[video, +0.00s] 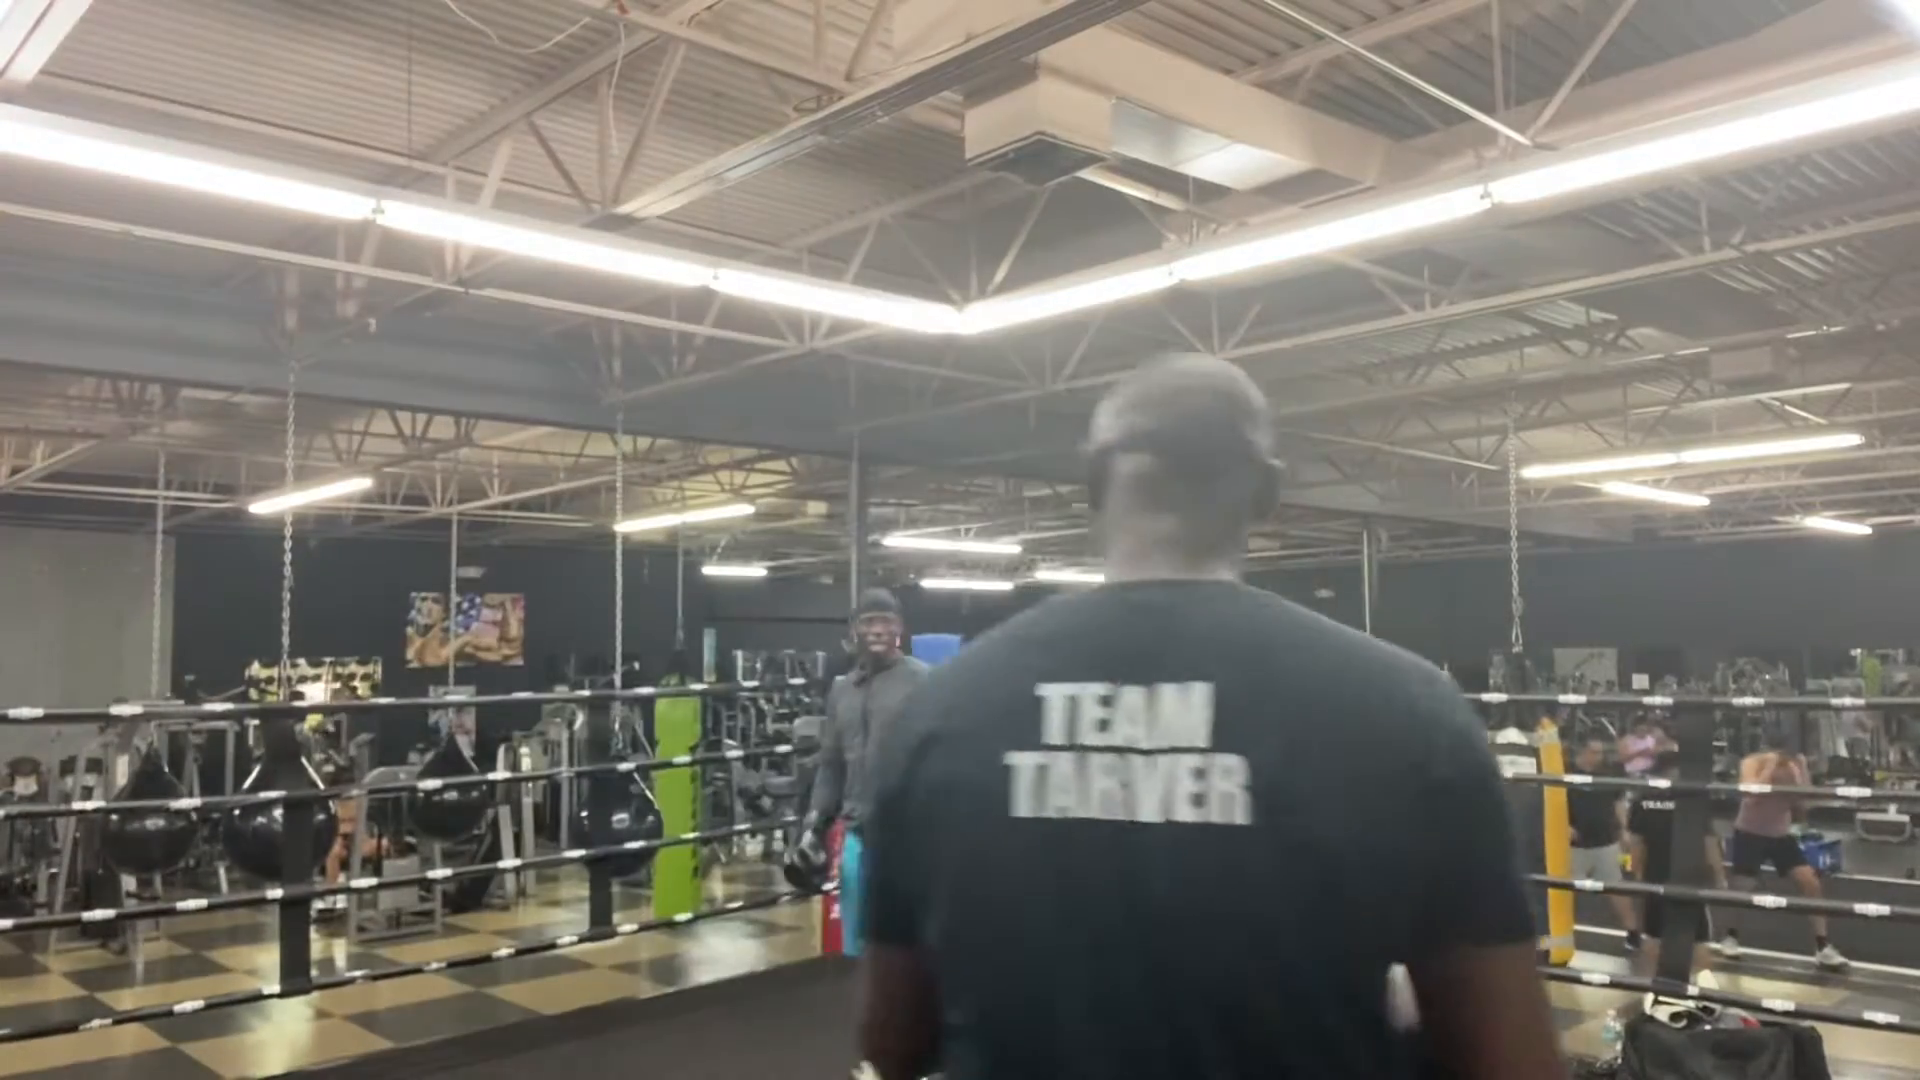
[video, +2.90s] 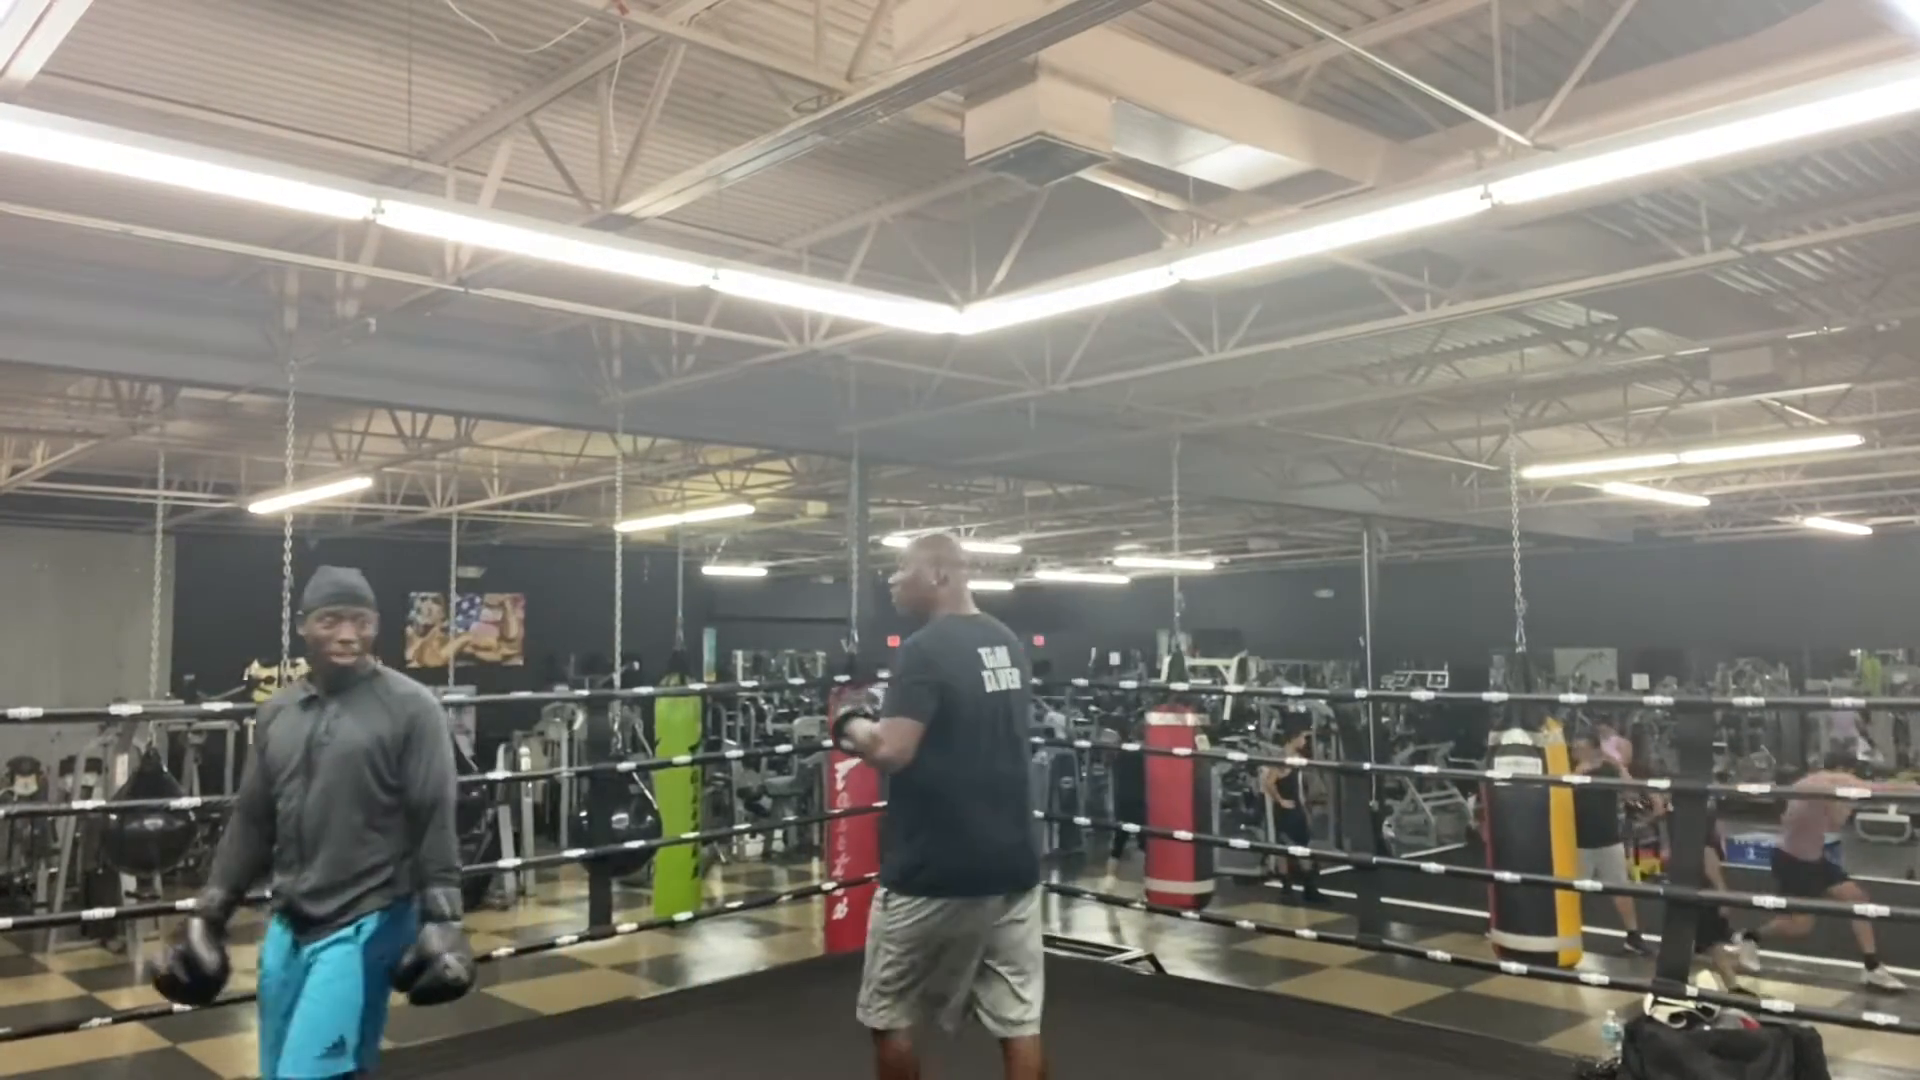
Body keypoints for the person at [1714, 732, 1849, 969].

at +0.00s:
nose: (1783, 751)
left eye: (1788, 746)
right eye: (1778, 746)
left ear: (1793, 746)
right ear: (1769, 744)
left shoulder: (1797, 764)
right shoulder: (1752, 763)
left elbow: (1804, 803)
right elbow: (1750, 792)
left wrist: (1792, 779)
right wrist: (1770, 768)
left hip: (1781, 837)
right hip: (1749, 835)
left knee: (1811, 883)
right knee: (1741, 889)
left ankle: (1822, 946)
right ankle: (1730, 935)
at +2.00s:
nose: (1770, 762)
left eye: (1775, 757)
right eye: (1765, 756)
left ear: (1781, 755)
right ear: (1756, 752)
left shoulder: (1788, 769)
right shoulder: (1740, 768)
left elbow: (1800, 807)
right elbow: (1742, 804)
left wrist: (1786, 784)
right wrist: (1762, 778)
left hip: (1772, 843)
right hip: (1738, 842)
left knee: (1799, 893)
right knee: (1729, 896)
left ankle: (1807, 956)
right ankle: (1721, 947)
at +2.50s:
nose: (1763, 760)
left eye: (1767, 754)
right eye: (1757, 754)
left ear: (1774, 752)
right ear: (1748, 753)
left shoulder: (1786, 768)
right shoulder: (1738, 773)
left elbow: (1806, 806)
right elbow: (1735, 807)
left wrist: (1785, 782)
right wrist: (1757, 782)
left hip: (1782, 847)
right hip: (1744, 847)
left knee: (1819, 894)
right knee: (1733, 898)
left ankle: (1838, 957)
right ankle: (1721, 946)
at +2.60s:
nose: (1780, 767)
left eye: (1785, 761)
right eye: (1774, 762)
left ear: (1790, 759)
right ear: (1764, 759)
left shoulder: (1798, 772)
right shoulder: (1751, 776)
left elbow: (1818, 811)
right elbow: (1743, 811)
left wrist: (1797, 786)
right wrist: (1772, 787)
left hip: (1796, 854)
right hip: (1758, 853)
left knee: (1833, 901)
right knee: (1739, 901)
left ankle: (1866, 963)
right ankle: (1721, 946)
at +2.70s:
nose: (1804, 767)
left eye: (1809, 761)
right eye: (1800, 760)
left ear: (1818, 762)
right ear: (1792, 760)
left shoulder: (1822, 778)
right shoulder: (1776, 778)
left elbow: (1831, 818)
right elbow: (1778, 812)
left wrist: (1821, 787)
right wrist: (1804, 787)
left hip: (1809, 861)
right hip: (1774, 859)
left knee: (1845, 898)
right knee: (1755, 914)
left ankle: (1873, 966)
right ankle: (1724, 944)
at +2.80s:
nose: (1845, 780)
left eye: (1848, 776)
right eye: (1845, 774)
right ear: (1833, 765)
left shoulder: (1823, 786)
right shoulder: (1808, 778)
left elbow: (1840, 819)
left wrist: (1849, 788)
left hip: (1814, 862)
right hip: (1785, 862)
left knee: (1856, 900)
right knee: (1782, 919)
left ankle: (1873, 967)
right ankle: (1732, 939)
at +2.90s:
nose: (1854, 778)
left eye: (1854, 774)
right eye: (1853, 773)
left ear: (1833, 765)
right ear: (1846, 769)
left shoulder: (1808, 781)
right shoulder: (1833, 780)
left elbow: (1835, 823)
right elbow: (1873, 790)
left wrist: (1847, 797)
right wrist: (1912, 789)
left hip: (1816, 863)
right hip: (1791, 863)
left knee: (1857, 901)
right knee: (1801, 925)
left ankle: (1872, 967)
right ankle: (1749, 939)